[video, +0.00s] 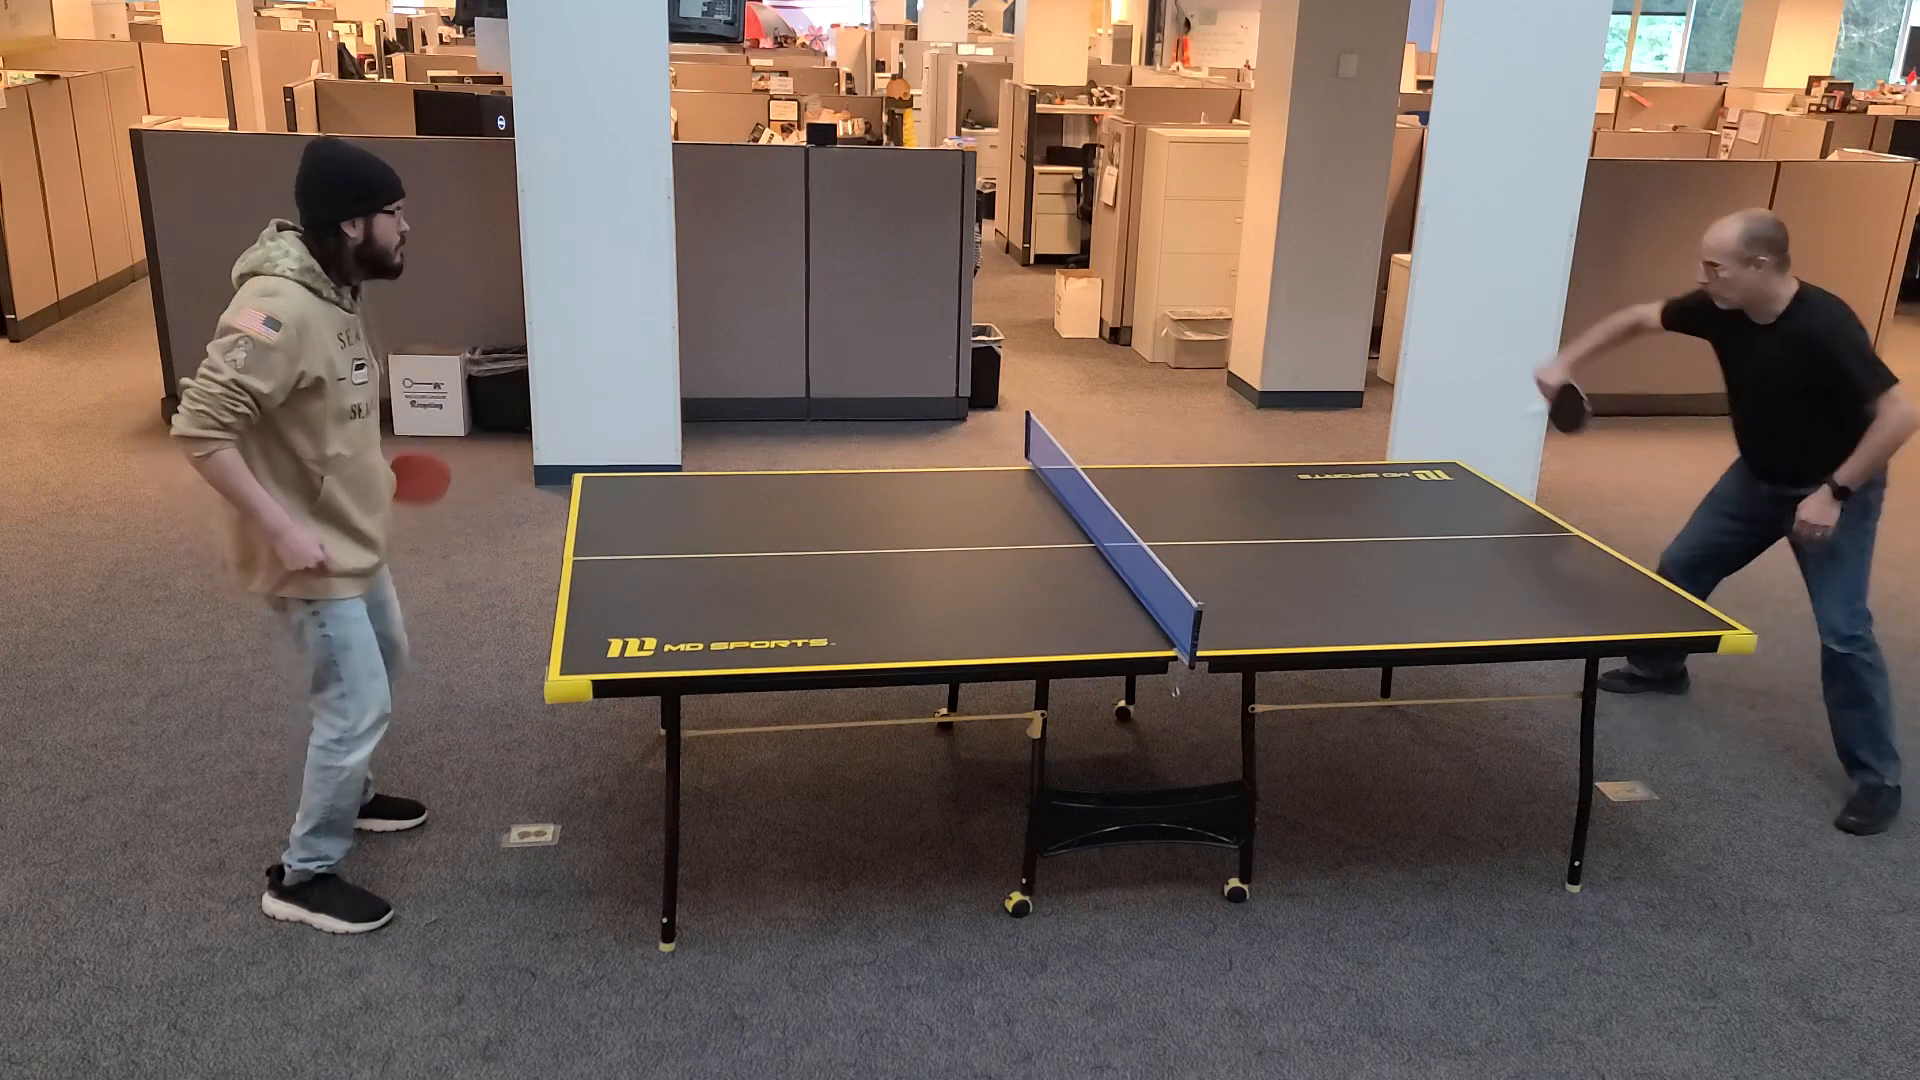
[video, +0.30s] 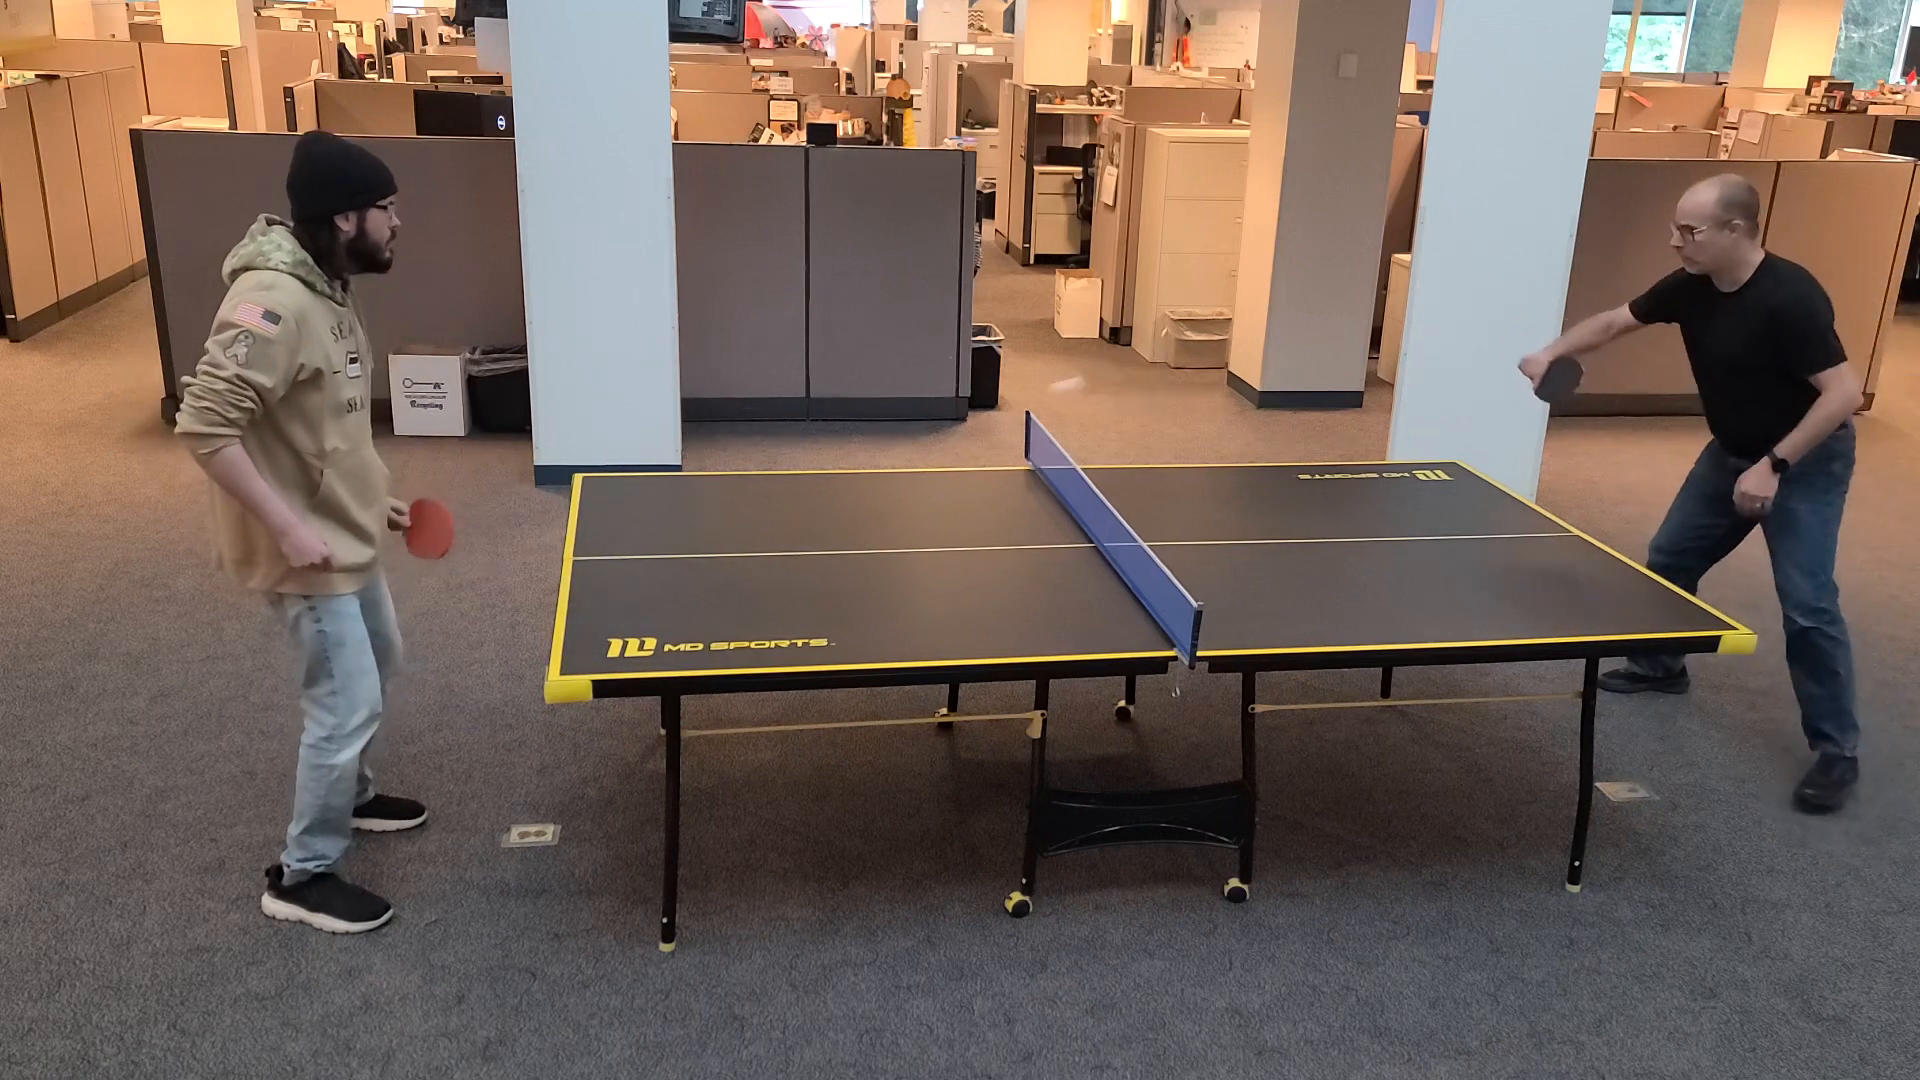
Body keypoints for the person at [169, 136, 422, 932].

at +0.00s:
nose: (406, 226)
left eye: (402, 210)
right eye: (393, 212)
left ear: (349, 222)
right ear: (347, 222)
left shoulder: (332, 284)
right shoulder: (275, 304)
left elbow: (311, 417)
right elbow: (199, 427)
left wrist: (375, 467)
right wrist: (282, 528)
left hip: (353, 537)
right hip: (307, 553)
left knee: (386, 671)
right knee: (354, 708)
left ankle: (344, 800)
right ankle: (302, 873)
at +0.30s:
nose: (398, 221)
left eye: (394, 206)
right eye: (385, 208)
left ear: (342, 219)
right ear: (342, 220)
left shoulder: (324, 286)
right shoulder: (272, 299)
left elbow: (322, 427)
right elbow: (205, 426)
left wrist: (378, 498)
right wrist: (289, 526)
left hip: (347, 533)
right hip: (303, 547)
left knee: (381, 664)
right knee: (345, 707)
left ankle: (345, 799)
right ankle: (302, 873)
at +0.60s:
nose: (363, 253)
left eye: (360, 238)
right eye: (354, 240)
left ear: (283, 241)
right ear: (319, 248)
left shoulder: (229, 309)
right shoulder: (287, 328)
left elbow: (165, 424)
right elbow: (234, 446)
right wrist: (290, 562)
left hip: (302, 560)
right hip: (291, 574)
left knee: (373, 656)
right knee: (330, 746)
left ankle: (341, 796)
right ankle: (169, 913)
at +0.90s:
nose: (279, 273)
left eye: (274, 257)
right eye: (269, 259)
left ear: (201, 266)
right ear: (235, 270)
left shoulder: (169, 346)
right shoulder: (198, 363)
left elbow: (217, 475)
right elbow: (182, 494)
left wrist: (325, 486)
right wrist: (286, 565)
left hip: (212, 591)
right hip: (209, 608)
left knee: (293, 682)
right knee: (265, 800)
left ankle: (304, 809)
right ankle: (136, 985)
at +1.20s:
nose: (265, 245)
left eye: (262, 228)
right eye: (251, 230)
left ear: (206, 240)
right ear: (198, 242)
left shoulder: (220, 332)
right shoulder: (129, 337)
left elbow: (275, 447)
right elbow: (77, 483)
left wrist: (368, 472)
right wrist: (205, 540)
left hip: (232, 584)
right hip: (177, 604)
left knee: (272, 690)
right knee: (212, 789)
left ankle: (276, 825)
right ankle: (131, 984)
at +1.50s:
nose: (299, 229)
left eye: (297, 211)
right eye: (282, 214)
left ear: (240, 223)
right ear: (226, 224)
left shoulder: (240, 303)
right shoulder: (177, 315)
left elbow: (259, 441)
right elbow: (111, 453)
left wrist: (322, 509)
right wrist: (227, 545)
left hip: (268, 566)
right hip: (216, 585)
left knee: (295, 696)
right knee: (235, 760)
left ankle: (280, 830)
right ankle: (144, 961)